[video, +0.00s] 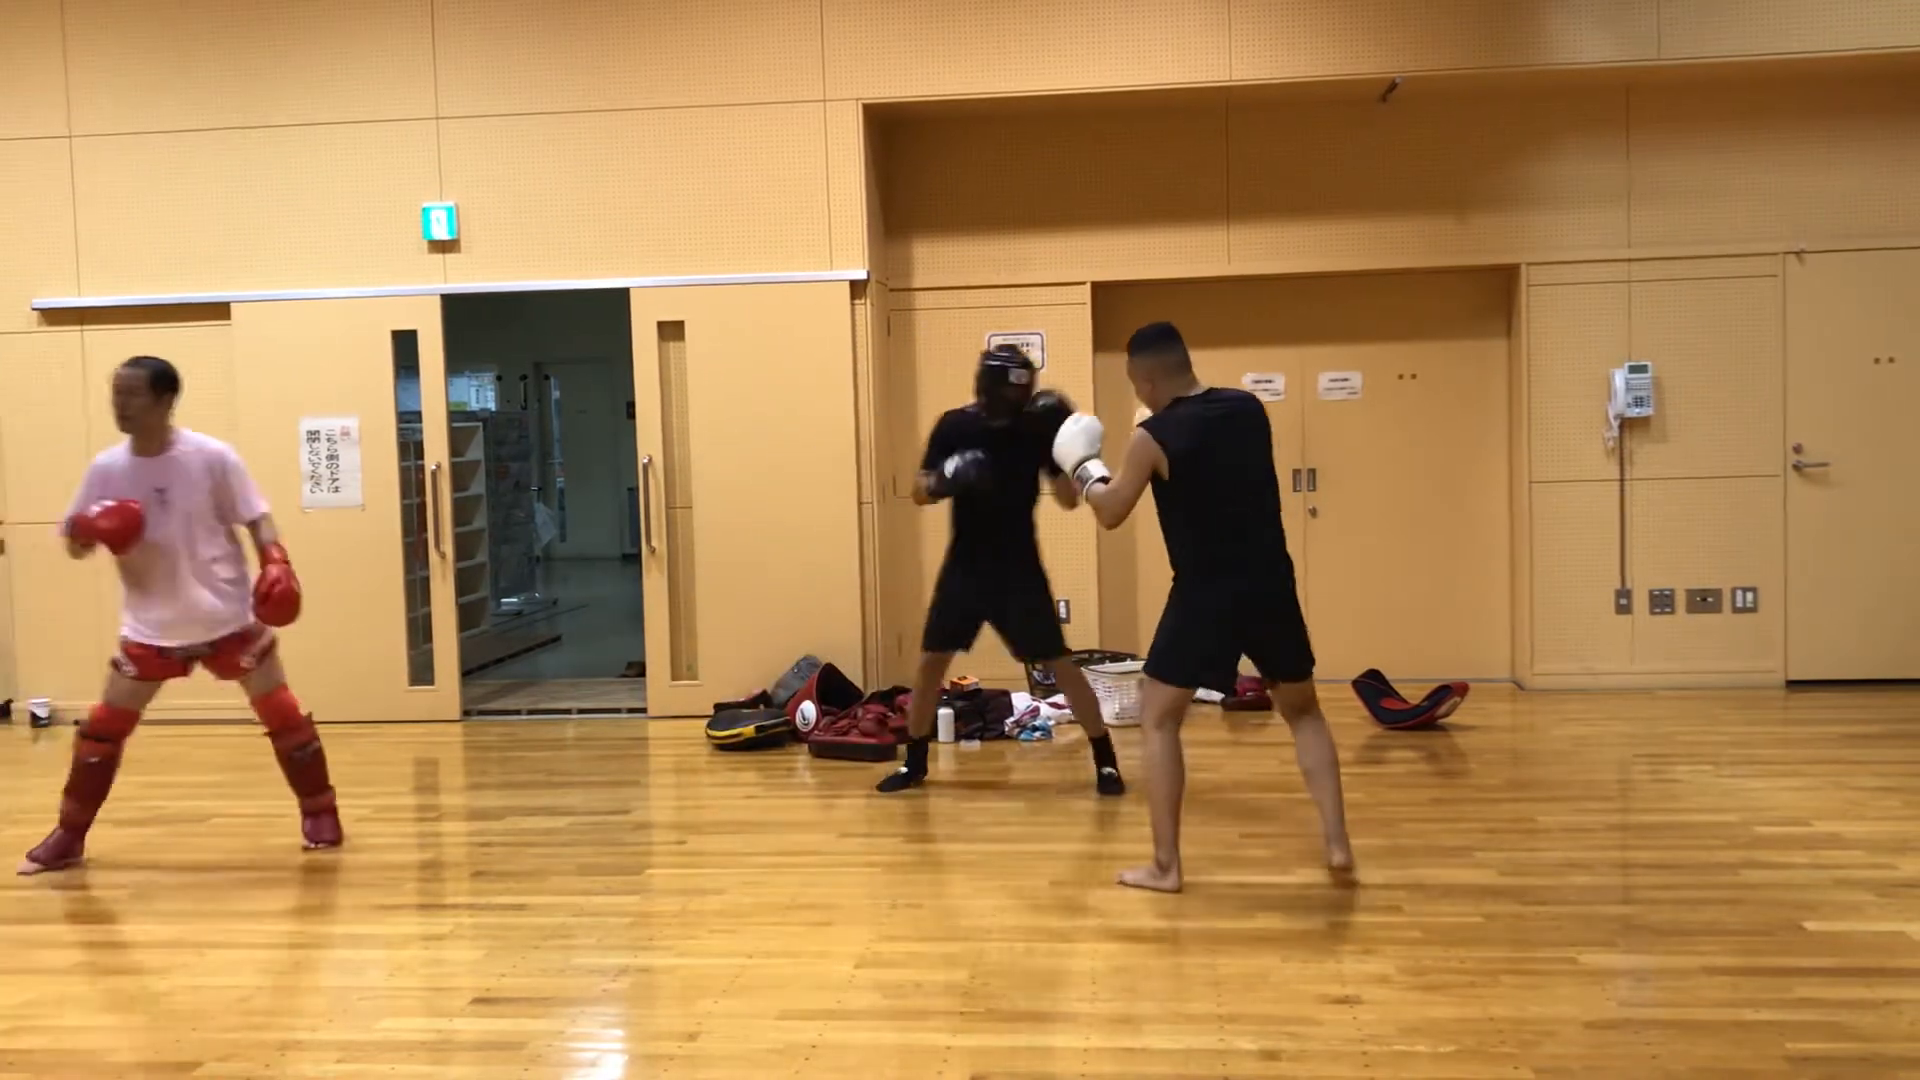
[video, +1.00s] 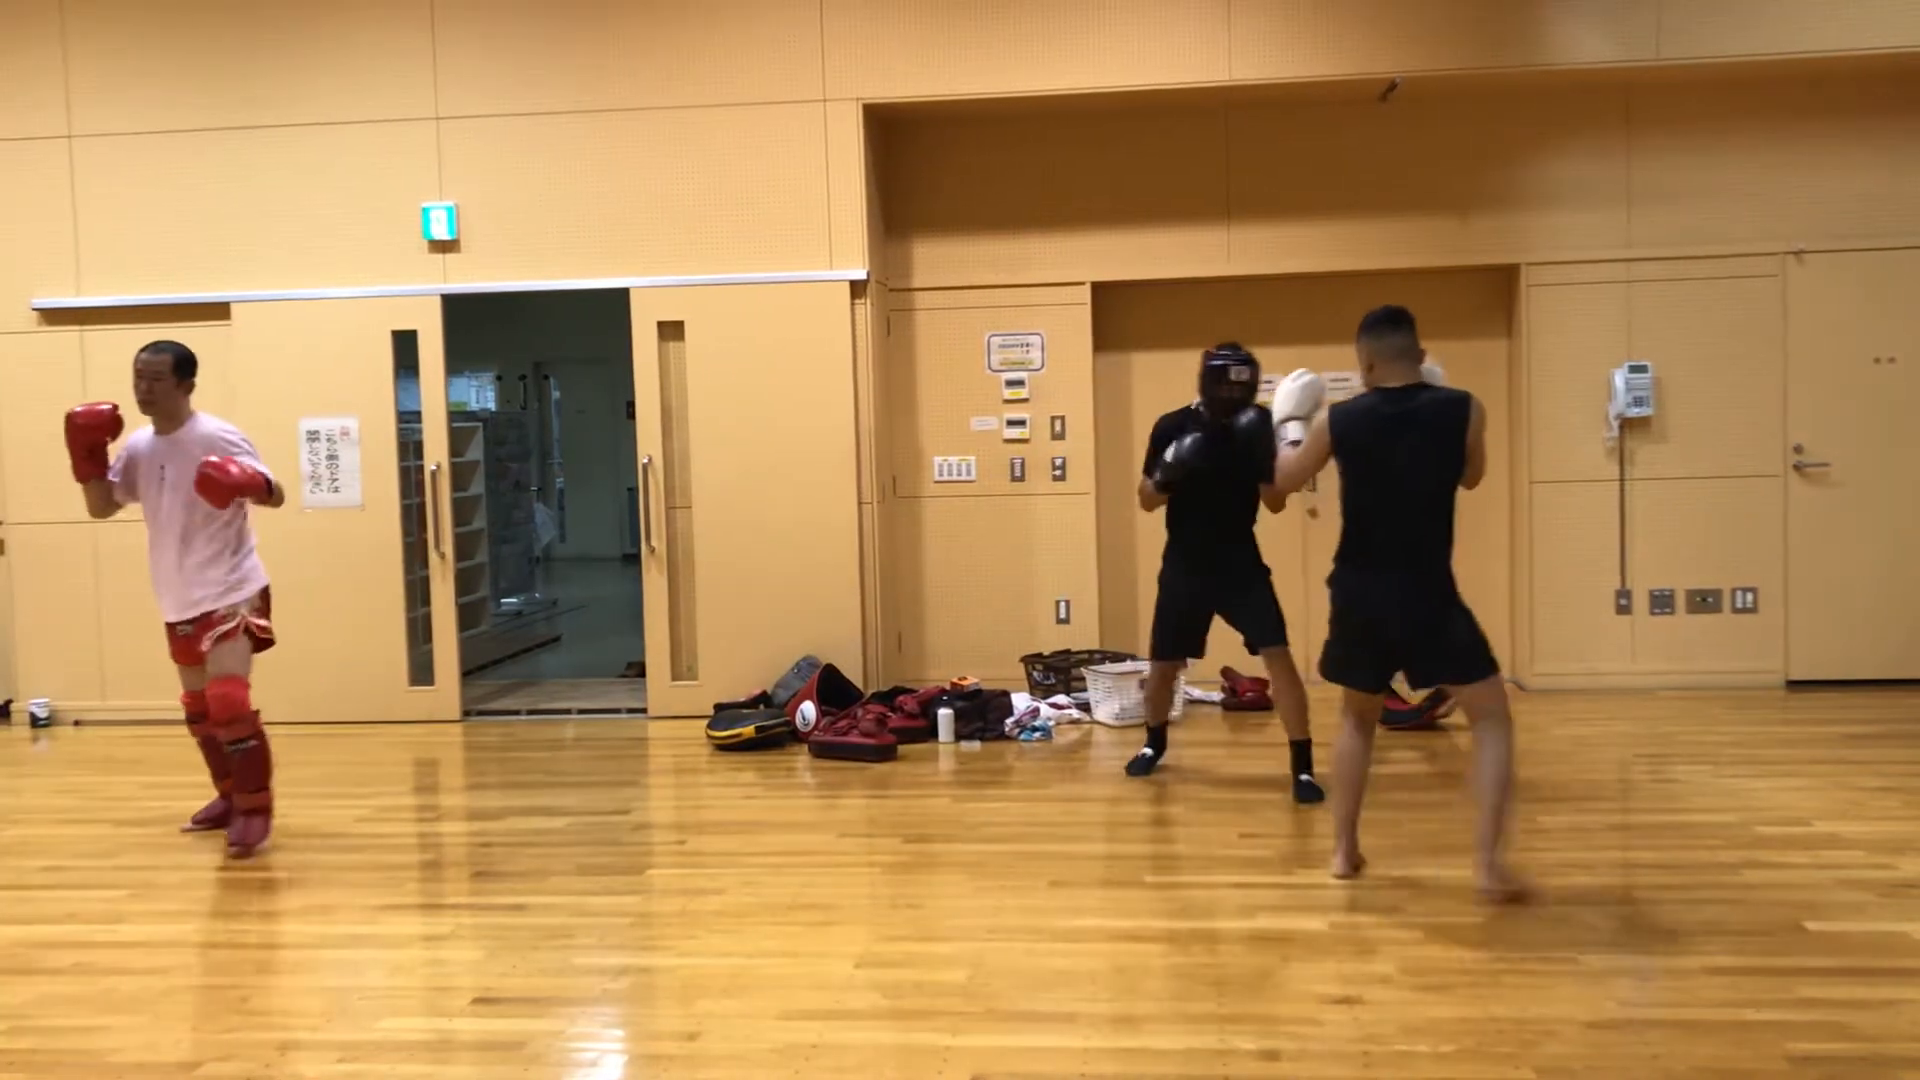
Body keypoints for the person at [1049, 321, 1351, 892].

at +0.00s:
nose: (1136, 389)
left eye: (1136, 379)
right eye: (1136, 379)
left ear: (1146, 378)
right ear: (1188, 365)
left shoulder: (1155, 435)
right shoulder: (1247, 408)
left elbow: (1110, 512)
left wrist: (1083, 468)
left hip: (1202, 597)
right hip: (1271, 590)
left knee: (1159, 719)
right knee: (1303, 710)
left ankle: (1166, 864)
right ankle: (1338, 842)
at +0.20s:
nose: (1185, 382)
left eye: (1184, 373)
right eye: (1184, 374)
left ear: (1191, 371)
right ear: (1241, 359)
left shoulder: (1185, 429)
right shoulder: (1295, 412)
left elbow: (1132, 502)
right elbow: (1297, 486)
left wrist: (1123, 449)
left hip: (1213, 605)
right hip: (1287, 602)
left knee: (1173, 725)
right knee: (1320, 737)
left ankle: (1163, 866)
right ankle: (1335, 871)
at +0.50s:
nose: (1271, 367)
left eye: (1270, 359)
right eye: (1278, 358)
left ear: (1273, 359)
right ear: (1329, 352)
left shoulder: (1255, 422)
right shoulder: (1376, 410)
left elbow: (1205, 495)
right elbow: (1387, 489)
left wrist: (1209, 444)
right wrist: (1342, 437)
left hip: (1270, 602)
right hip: (1344, 604)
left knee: (1251, 725)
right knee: (1348, 755)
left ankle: (1239, 861)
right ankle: (1330, 904)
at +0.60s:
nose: (1291, 363)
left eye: (1290, 355)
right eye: (1297, 354)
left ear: (1294, 355)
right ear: (1352, 349)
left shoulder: (1274, 417)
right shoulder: (1396, 408)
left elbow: (1223, 488)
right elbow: (1403, 482)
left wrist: (1232, 430)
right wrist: (1353, 421)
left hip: (1288, 596)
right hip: (1358, 597)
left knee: (1287, 724)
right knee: (1353, 747)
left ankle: (1290, 857)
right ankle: (1328, 903)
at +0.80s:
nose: (1327, 372)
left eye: (1326, 364)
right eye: (1335, 363)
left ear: (1329, 365)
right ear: (1384, 359)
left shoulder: (1309, 429)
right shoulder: (1427, 415)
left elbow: (1257, 496)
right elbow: (1439, 484)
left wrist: (1247, 445)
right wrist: (1396, 410)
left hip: (1330, 599)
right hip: (1398, 600)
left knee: (1343, 726)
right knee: (1415, 737)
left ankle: (1344, 863)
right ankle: (1355, 862)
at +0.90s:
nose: (1347, 371)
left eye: (1345, 364)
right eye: (1352, 365)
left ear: (1344, 365)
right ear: (1402, 359)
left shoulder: (1327, 423)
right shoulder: (1444, 411)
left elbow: (1271, 488)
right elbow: (1456, 478)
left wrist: (1272, 434)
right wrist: (1416, 402)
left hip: (1346, 600)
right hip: (1413, 601)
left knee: (1352, 722)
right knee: (1468, 728)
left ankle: (1344, 849)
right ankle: (1422, 852)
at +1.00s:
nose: (1363, 369)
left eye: (1362, 361)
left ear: (1363, 361)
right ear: (1421, 355)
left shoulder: (1343, 419)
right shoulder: (1461, 409)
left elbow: (1286, 479)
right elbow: (1471, 476)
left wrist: (1289, 429)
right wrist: (1435, 401)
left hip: (1360, 598)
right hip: (1429, 598)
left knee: (1357, 719)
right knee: (1491, 716)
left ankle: (1344, 851)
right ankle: (1489, 863)